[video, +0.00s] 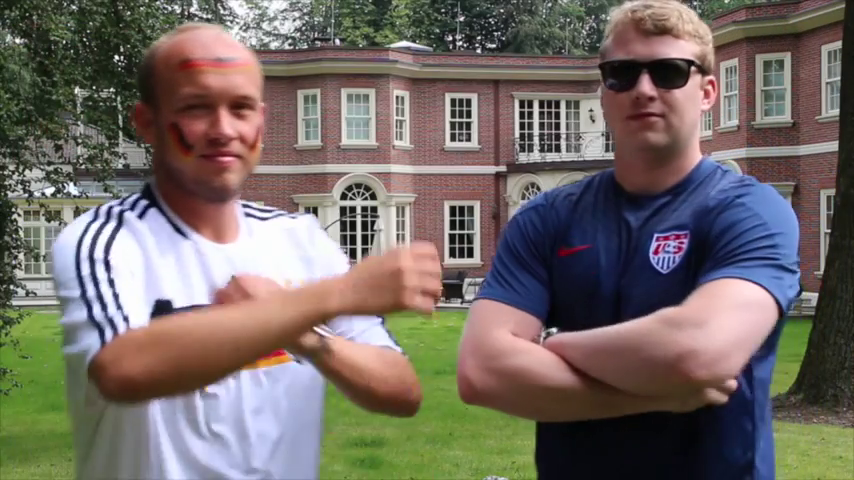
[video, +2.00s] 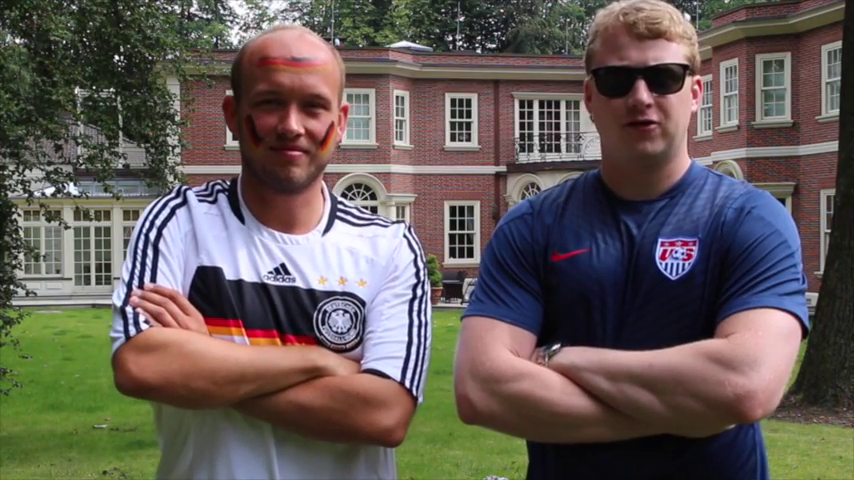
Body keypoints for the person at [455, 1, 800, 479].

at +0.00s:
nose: (643, 89)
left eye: (668, 72)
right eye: (622, 74)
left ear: (707, 93)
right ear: (602, 95)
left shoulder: (751, 211)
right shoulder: (542, 221)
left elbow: (696, 357)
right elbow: (481, 372)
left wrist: (550, 345)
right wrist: (655, 394)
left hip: (712, 471)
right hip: (571, 472)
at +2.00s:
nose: (640, 97)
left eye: (662, 78)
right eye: (616, 80)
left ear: (695, 93)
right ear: (589, 97)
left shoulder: (751, 219)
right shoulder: (530, 227)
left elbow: (747, 388)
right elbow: (481, 391)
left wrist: (558, 360)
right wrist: (672, 410)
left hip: (714, 473)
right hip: (565, 473)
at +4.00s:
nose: (650, 98)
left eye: (672, 79)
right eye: (626, 80)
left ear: (704, 92)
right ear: (597, 97)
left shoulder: (760, 221)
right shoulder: (538, 227)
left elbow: (758, 388)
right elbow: (490, 391)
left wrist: (568, 361)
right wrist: (684, 412)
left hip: (722, 473)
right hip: (573, 473)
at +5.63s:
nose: (711, 102)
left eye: (720, 84)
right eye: (684, 82)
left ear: (728, 92)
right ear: (618, 93)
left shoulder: (753, 211)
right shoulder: (542, 213)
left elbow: (789, 374)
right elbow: (497, 387)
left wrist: (592, 346)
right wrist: (653, 457)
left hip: (724, 472)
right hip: (578, 469)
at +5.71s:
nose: (700, 115)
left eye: (713, 95)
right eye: (674, 95)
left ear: (723, 97)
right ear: (611, 100)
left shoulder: (760, 214)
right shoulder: (542, 213)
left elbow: (847, 368)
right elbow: (498, 380)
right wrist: (590, 454)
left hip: (730, 469)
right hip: (593, 473)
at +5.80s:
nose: (679, 132)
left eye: (695, 108)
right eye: (653, 113)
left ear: (710, 105)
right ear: (601, 113)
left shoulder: (763, 214)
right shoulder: (542, 211)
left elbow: (823, 342)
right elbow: (492, 378)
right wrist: (600, 415)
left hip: (729, 470)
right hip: (592, 474)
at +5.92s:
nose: (655, 156)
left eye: (677, 133)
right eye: (632, 133)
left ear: (708, 122)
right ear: (601, 123)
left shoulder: (762, 236)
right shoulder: (544, 224)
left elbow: (811, 383)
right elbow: (495, 381)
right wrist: (582, 438)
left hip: (718, 466)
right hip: (591, 471)